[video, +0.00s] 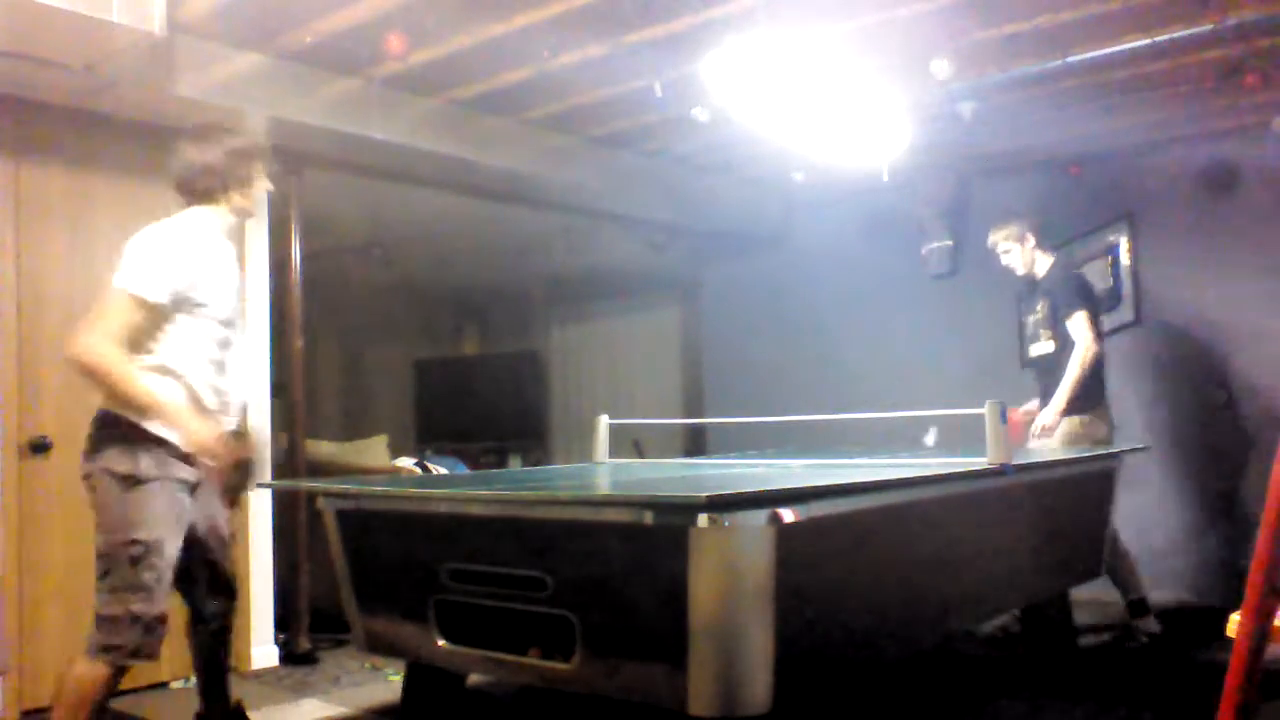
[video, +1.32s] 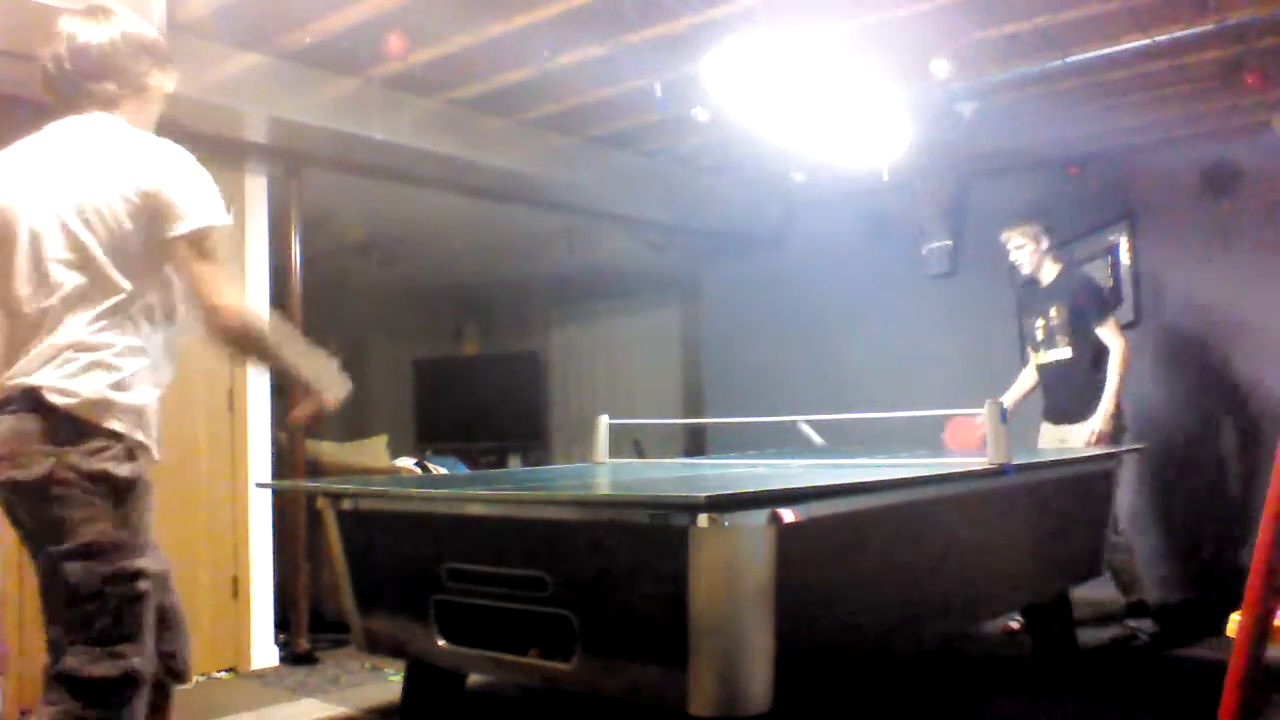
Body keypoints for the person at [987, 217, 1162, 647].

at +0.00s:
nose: (1004, 262)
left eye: (1007, 251)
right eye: (999, 255)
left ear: (1030, 241)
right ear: (1013, 251)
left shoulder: (1062, 279)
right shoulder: (1035, 289)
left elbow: (1089, 345)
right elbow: (1054, 358)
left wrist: (1055, 407)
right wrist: (1036, 404)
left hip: (1080, 420)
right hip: (1057, 421)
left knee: (1048, 524)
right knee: (1093, 522)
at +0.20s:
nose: (1032, 266)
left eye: (1033, 256)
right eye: (1028, 259)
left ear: (1053, 244)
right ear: (1058, 243)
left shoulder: (1074, 280)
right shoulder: (1100, 274)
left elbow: (1091, 349)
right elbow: (1108, 357)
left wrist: (1063, 414)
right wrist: (1063, 380)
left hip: (1099, 419)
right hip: (1125, 414)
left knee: (1065, 518)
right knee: (1115, 523)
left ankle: (1046, 621)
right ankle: (1147, 620)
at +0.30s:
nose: (1045, 258)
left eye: (1047, 247)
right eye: (1040, 250)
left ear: (1070, 237)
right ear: (1072, 239)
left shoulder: (1088, 274)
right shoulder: (1106, 270)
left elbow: (1102, 348)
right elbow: (1094, 350)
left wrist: (1073, 412)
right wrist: (1032, 360)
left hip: (1113, 415)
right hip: (1132, 412)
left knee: (1097, 511)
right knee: (1122, 519)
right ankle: (1148, 618)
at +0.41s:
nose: (1057, 249)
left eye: (1061, 238)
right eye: (1053, 242)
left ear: (1087, 230)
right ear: (1065, 241)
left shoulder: (1108, 274)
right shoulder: (1090, 279)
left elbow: (1112, 348)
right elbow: (1066, 333)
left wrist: (1083, 410)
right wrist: (1012, 331)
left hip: (1135, 413)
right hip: (1115, 413)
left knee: (1124, 521)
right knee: (1119, 520)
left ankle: (1151, 618)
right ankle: (1167, 593)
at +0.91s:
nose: (1052, 246)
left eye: (1058, 237)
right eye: (1047, 240)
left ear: (1080, 237)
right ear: (1048, 246)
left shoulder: (1108, 283)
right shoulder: (1067, 289)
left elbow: (1133, 356)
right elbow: (1076, 345)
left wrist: (1130, 420)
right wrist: (1052, 374)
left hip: (1129, 416)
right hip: (1094, 419)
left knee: (1125, 514)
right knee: (1098, 511)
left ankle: (1143, 612)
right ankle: (1136, 606)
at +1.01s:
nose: (1044, 243)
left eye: (1051, 234)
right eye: (1039, 237)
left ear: (1075, 233)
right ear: (1038, 243)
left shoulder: (1101, 278)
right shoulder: (1052, 287)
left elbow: (1125, 350)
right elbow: (1061, 347)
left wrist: (1124, 415)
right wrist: (1035, 380)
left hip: (1119, 417)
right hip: (1080, 420)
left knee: (1123, 521)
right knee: (1072, 514)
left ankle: (1143, 615)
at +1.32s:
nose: (1014, 257)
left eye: (1020, 248)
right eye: (1010, 251)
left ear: (1045, 243)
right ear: (1012, 256)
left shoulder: (1078, 285)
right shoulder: (1026, 299)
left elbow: (1119, 346)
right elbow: (1036, 364)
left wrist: (1105, 414)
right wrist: (1004, 404)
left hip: (1092, 425)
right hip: (1052, 426)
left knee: (1103, 522)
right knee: (1045, 520)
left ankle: (1140, 610)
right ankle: (1037, 609)